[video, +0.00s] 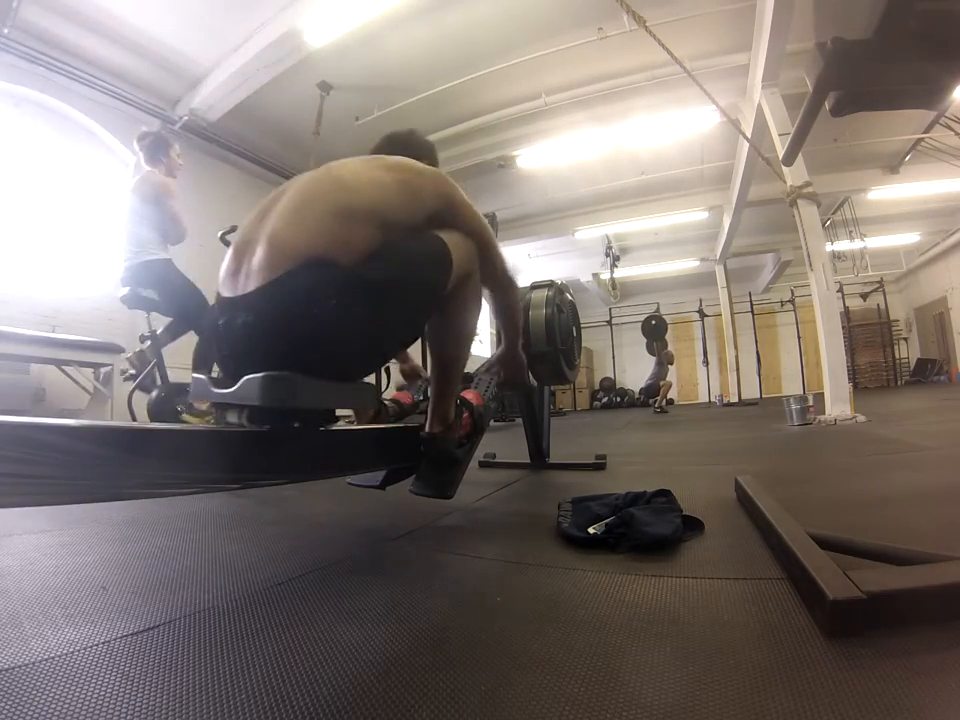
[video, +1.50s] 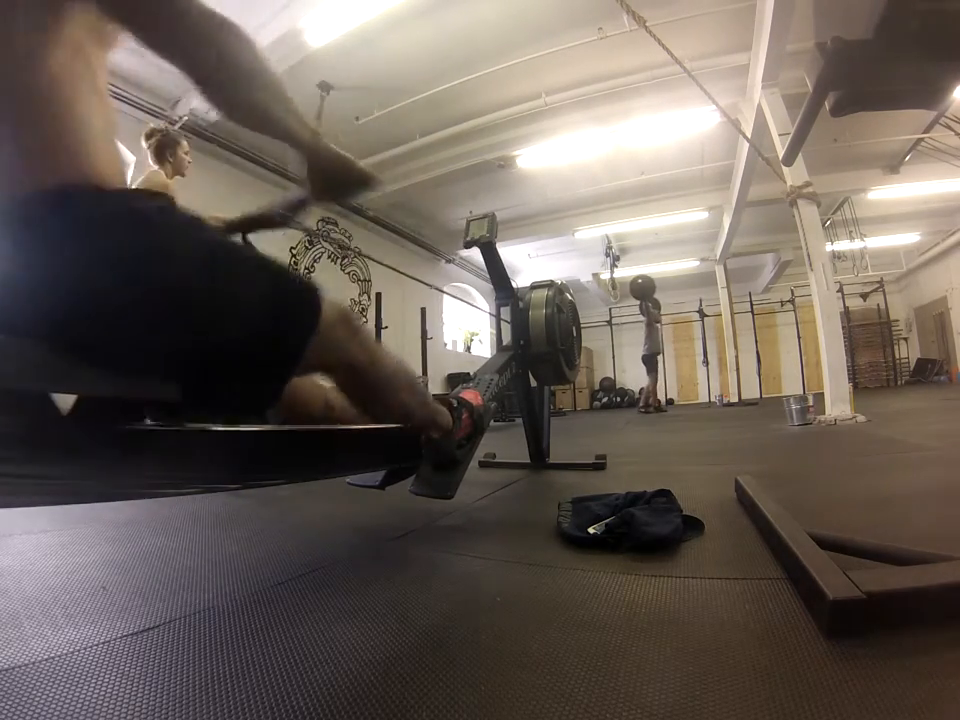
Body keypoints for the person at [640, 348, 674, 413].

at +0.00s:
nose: (673, 359)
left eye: (673, 356)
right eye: (671, 356)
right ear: (666, 357)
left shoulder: (666, 368)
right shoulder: (660, 363)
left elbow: (663, 382)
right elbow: (658, 352)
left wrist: (666, 400)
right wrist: (655, 340)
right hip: (647, 389)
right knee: (668, 383)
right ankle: (658, 406)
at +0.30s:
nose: (674, 358)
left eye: (674, 356)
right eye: (672, 356)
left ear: (667, 357)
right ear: (667, 357)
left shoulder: (667, 367)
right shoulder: (661, 363)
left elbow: (664, 382)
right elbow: (658, 350)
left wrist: (666, 400)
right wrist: (656, 339)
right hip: (648, 389)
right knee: (668, 384)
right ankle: (658, 406)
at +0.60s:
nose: (675, 354)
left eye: (675, 352)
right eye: (674, 352)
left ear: (669, 353)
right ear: (668, 352)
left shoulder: (667, 361)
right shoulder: (663, 358)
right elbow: (659, 346)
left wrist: (665, 400)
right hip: (650, 382)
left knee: (668, 383)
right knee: (669, 383)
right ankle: (658, 406)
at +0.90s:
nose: (673, 343)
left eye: (673, 340)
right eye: (671, 340)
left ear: (667, 342)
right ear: (666, 341)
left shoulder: (666, 351)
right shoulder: (662, 348)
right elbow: (658, 334)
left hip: (655, 374)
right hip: (650, 374)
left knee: (669, 383)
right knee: (668, 383)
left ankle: (658, 404)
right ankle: (658, 406)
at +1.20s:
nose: (667, 325)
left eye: (667, 322)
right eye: (665, 322)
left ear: (663, 323)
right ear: (660, 323)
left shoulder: (662, 335)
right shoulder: (657, 332)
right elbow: (653, 321)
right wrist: (650, 312)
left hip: (653, 361)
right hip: (649, 361)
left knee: (663, 379)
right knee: (662, 379)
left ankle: (658, 404)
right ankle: (657, 405)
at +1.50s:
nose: (659, 315)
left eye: (658, 313)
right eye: (657, 312)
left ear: (654, 312)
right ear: (651, 312)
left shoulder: (653, 324)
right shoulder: (649, 323)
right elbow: (647, 311)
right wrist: (645, 300)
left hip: (652, 354)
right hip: (649, 354)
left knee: (653, 381)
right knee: (652, 381)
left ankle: (654, 404)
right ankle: (644, 404)